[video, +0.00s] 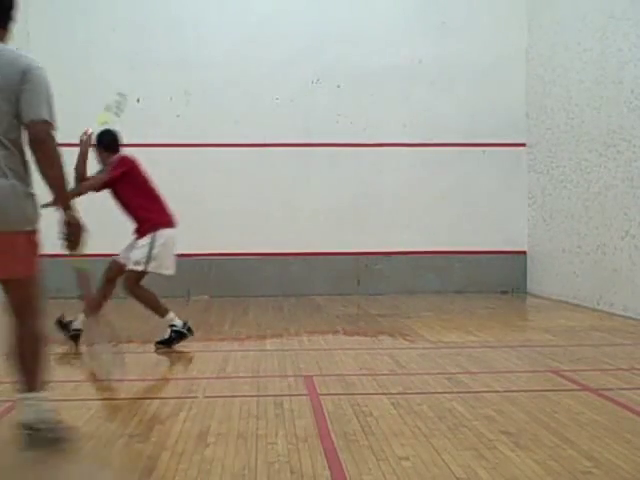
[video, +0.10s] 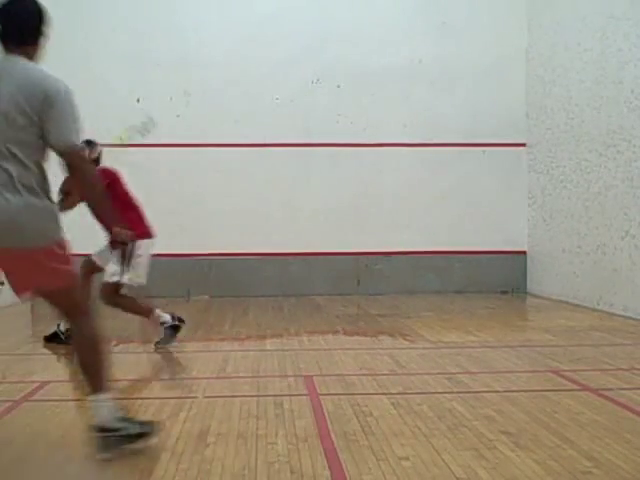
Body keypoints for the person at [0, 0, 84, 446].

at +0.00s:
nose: (11, 21)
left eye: (9, 15)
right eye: (11, 15)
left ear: (6, 22)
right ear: (9, 18)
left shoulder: (22, 69)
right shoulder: (22, 69)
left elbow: (39, 140)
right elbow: (41, 138)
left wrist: (64, 207)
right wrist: (66, 208)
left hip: (13, 217)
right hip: (10, 215)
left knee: (27, 313)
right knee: (26, 312)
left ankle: (33, 407)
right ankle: (33, 407)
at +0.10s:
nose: (46, 39)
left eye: (43, 31)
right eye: (43, 31)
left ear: (4, 32)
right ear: (35, 34)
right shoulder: (42, 86)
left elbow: (73, 160)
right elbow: (79, 164)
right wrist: (112, 226)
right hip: (22, 221)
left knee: (77, 309)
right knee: (79, 310)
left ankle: (105, 413)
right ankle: (105, 414)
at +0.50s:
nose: (241, 13)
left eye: (230, 9)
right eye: (243, 9)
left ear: (206, 12)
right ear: (242, 12)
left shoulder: (177, 56)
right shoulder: (246, 53)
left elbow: (141, 120)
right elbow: (252, 120)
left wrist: (164, 162)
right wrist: (287, 192)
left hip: (171, 189)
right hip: (221, 192)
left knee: (185, 293)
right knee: (242, 295)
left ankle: (170, 403)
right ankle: (204, 399)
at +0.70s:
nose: (347, 40)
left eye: (339, 31)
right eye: (346, 33)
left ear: (309, 34)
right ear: (342, 35)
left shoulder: (291, 80)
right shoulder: (337, 81)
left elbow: (279, 154)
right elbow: (340, 153)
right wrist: (388, 222)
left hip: (275, 223)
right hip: (319, 226)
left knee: (271, 315)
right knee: (387, 306)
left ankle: (218, 416)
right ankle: (422, 418)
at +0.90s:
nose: (478, 43)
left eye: (475, 34)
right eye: (477, 35)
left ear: (439, 34)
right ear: (471, 37)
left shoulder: (416, 79)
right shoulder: (460, 83)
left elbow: (408, 154)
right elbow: (473, 159)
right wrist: (529, 222)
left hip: (406, 217)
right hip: (443, 219)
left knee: (429, 311)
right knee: (484, 312)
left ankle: (353, 371)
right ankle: (463, 427)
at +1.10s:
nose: (595, 51)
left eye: (594, 43)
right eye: (595, 43)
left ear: (558, 36)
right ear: (585, 41)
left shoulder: (526, 76)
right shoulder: (571, 85)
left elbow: (481, 134)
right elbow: (599, 161)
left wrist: (464, 187)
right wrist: (636, 190)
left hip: (514, 209)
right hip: (537, 214)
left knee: (588, 284)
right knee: (539, 313)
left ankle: (606, 392)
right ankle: (473, 412)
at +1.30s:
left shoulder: (628, 121)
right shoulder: (628, 122)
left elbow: (586, 147)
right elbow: (587, 146)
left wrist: (550, 202)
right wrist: (552, 202)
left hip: (619, 251)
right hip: (628, 252)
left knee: (616, 342)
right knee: (616, 342)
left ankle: (519, 388)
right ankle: (519, 389)